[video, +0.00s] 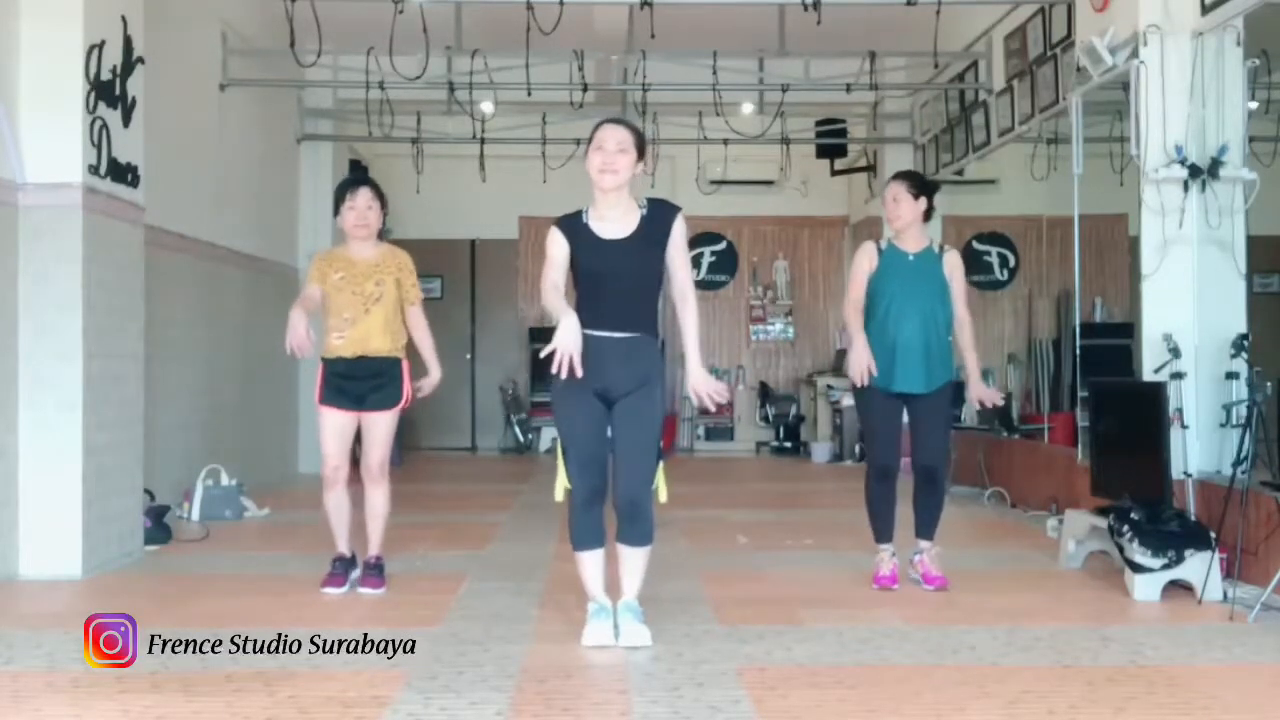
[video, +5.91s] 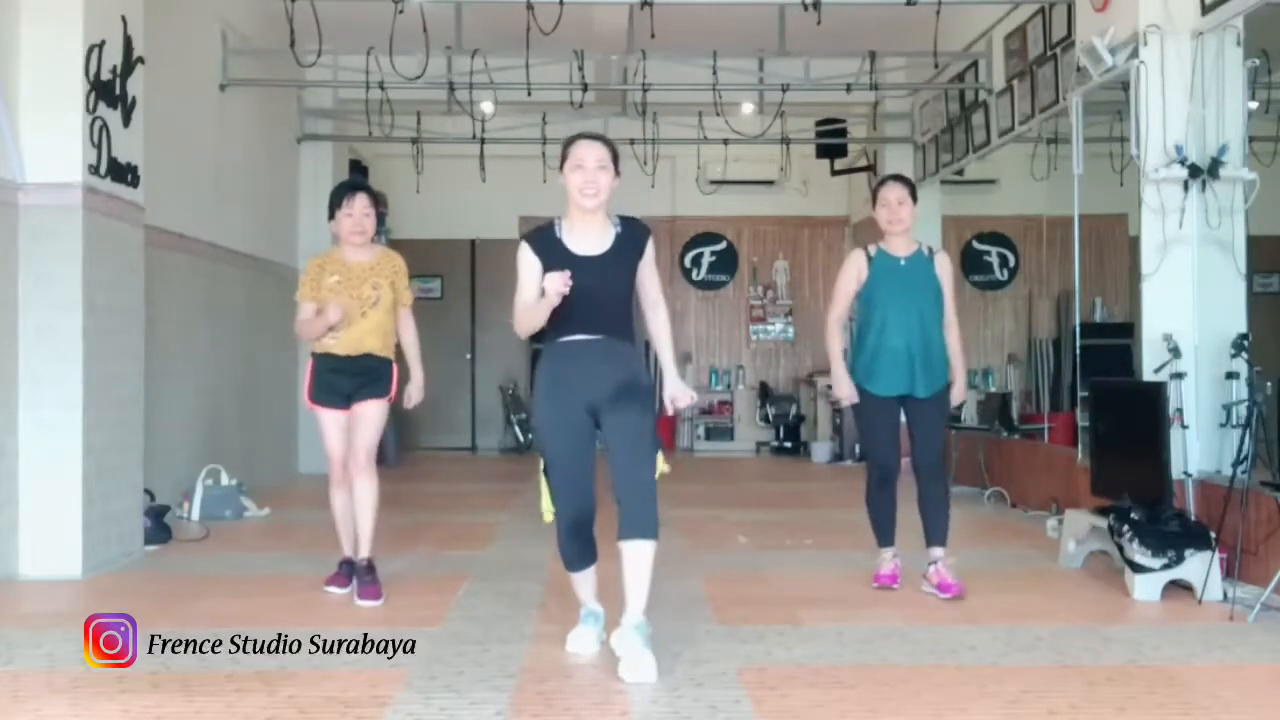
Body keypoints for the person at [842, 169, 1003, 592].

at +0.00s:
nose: (888, 207)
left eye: (898, 199)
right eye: (886, 200)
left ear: (923, 206)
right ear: (885, 206)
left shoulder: (948, 259)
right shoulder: (870, 254)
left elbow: (962, 321)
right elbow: (852, 306)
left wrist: (974, 379)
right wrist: (857, 343)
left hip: (934, 380)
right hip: (879, 378)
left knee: (932, 466)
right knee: (882, 465)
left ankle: (924, 552)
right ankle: (885, 553)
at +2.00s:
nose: (912, 209)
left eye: (919, 202)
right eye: (903, 202)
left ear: (929, 208)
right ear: (887, 209)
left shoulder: (945, 261)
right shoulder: (871, 255)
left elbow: (951, 320)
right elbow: (856, 306)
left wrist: (958, 365)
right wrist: (860, 344)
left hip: (935, 378)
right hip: (883, 376)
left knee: (934, 466)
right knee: (884, 464)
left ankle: (924, 553)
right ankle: (885, 554)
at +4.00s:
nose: (903, 212)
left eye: (912, 203)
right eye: (896, 204)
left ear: (929, 208)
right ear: (888, 210)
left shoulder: (951, 260)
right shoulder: (874, 256)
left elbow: (967, 319)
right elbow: (860, 316)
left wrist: (983, 369)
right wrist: (876, 362)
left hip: (939, 383)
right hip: (888, 381)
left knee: (931, 468)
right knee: (887, 466)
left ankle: (922, 554)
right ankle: (887, 553)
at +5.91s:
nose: (893, 210)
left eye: (901, 203)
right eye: (884, 204)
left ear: (915, 209)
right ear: (874, 211)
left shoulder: (938, 261)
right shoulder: (861, 260)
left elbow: (950, 322)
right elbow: (835, 319)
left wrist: (958, 375)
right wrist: (839, 373)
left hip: (929, 380)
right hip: (875, 382)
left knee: (932, 468)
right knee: (883, 468)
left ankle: (936, 562)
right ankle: (887, 555)